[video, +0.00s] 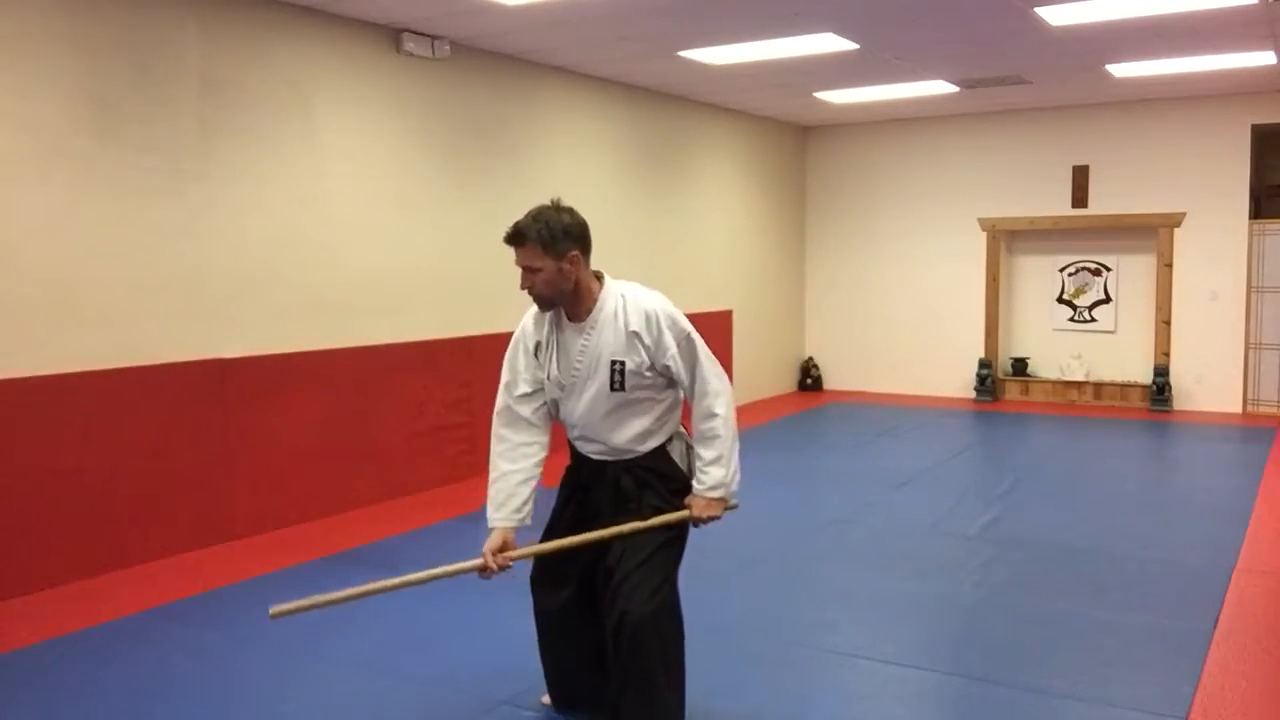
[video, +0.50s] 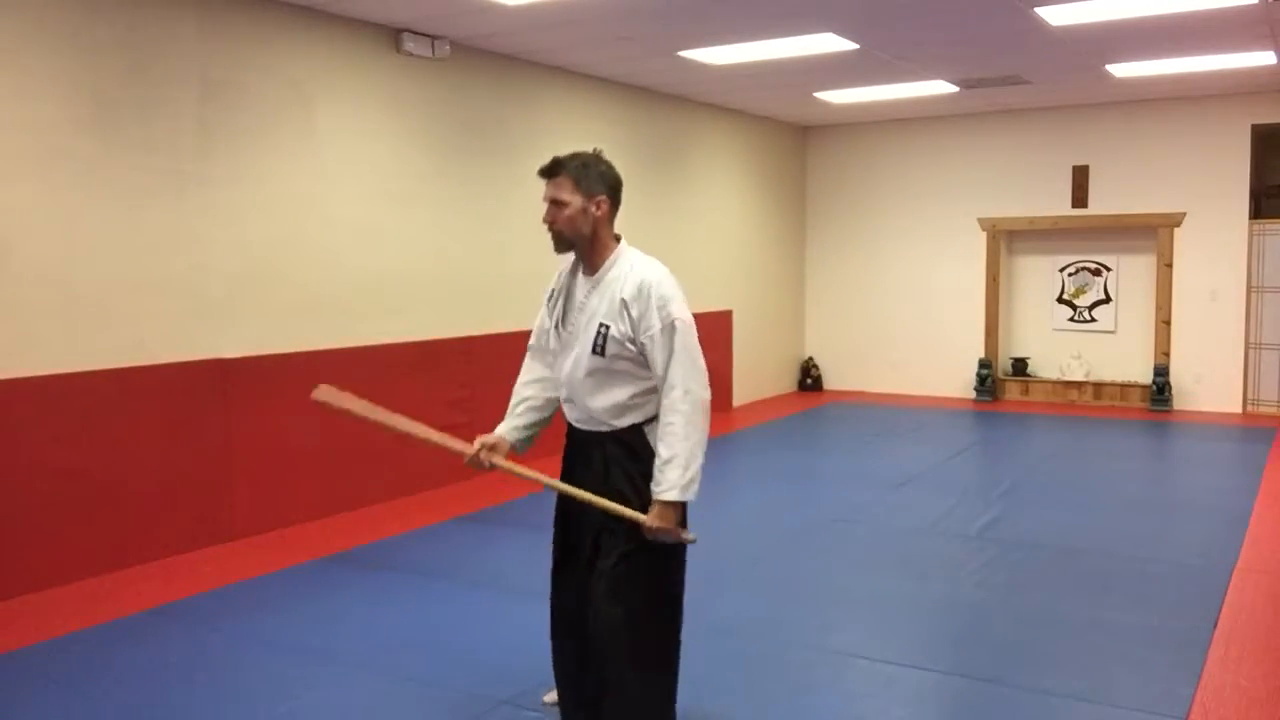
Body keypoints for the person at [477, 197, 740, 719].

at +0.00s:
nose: (524, 283)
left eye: (532, 271)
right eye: (521, 271)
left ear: (573, 264)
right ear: (566, 266)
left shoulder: (647, 314)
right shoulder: (535, 333)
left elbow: (712, 391)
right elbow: (519, 430)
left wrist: (713, 484)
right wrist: (503, 523)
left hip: (652, 478)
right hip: (587, 478)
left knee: (635, 608)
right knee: (554, 586)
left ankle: (647, 711)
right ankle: (579, 697)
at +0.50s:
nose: (545, 217)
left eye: (557, 205)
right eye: (545, 204)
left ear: (600, 208)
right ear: (587, 209)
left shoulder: (649, 284)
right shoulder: (566, 280)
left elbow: (688, 391)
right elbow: (543, 367)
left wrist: (670, 495)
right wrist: (508, 434)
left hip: (635, 458)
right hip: (581, 453)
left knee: (631, 613)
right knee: (575, 602)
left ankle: (633, 712)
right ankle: (582, 703)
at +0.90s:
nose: (547, 195)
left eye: (558, 184)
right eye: (547, 184)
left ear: (597, 191)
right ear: (588, 194)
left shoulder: (625, 268)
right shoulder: (588, 263)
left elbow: (622, 383)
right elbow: (597, 368)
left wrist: (581, 478)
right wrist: (554, 416)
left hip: (621, 449)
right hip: (586, 439)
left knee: (625, 600)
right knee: (589, 594)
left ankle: (632, 706)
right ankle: (587, 699)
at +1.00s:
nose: (544, 196)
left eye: (556, 186)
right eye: (545, 185)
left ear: (594, 192)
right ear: (584, 195)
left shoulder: (617, 266)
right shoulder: (584, 261)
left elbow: (607, 380)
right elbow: (588, 363)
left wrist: (563, 474)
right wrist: (555, 418)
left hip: (613, 446)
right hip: (580, 438)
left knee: (622, 598)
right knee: (585, 592)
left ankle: (633, 706)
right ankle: (586, 698)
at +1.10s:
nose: (539, 199)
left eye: (550, 188)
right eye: (539, 188)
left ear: (587, 193)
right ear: (581, 196)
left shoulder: (608, 266)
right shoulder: (582, 261)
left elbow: (597, 382)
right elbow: (600, 358)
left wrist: (550, 469)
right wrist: (555, 403)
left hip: (605, 451)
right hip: (582, 444)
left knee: (608, 606)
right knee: (589, 603)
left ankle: (621, 710)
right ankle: (595, 708)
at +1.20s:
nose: (532, 201)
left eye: (543, 190)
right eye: (532, 191)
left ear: (580, 195)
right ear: (574, 198)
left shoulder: (599, 264)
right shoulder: (578, 262)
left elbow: (591, 376)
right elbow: (587, 362)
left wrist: (543, 460)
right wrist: (547, 401)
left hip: (597, 447)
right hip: (578, 442)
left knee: (597, 602)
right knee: (583, 600)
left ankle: (607, 709)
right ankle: (591, 706)